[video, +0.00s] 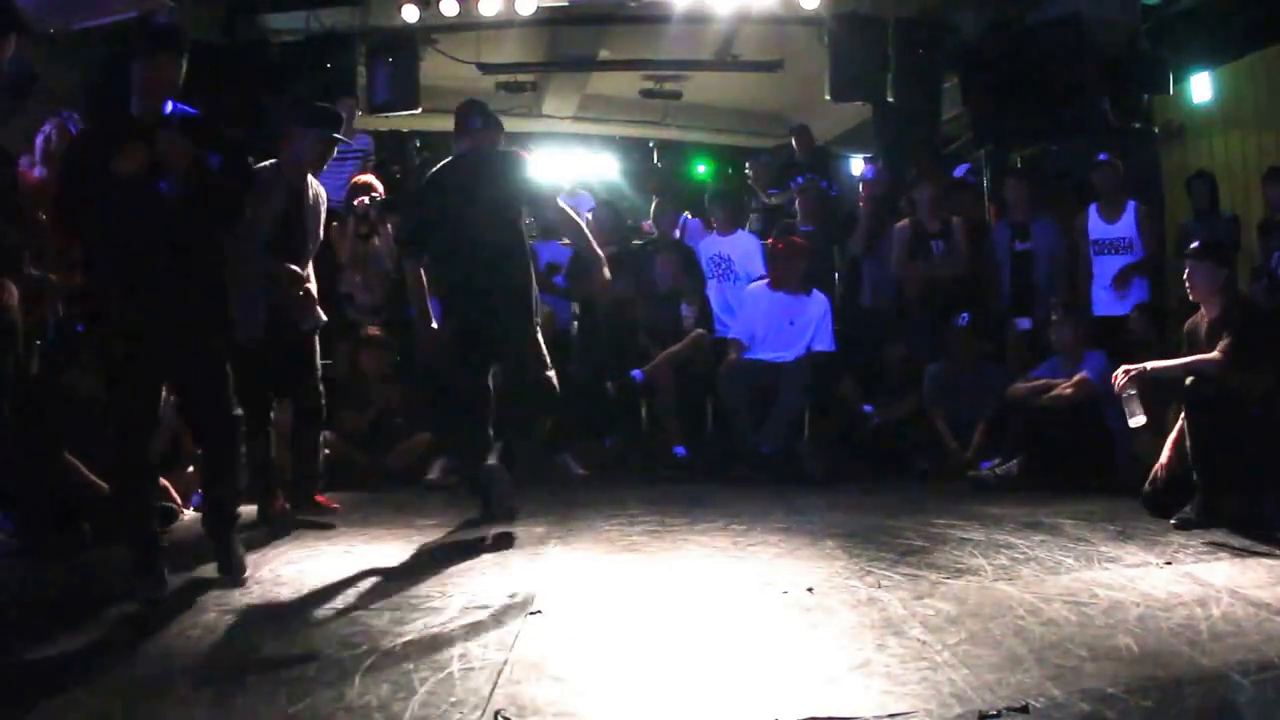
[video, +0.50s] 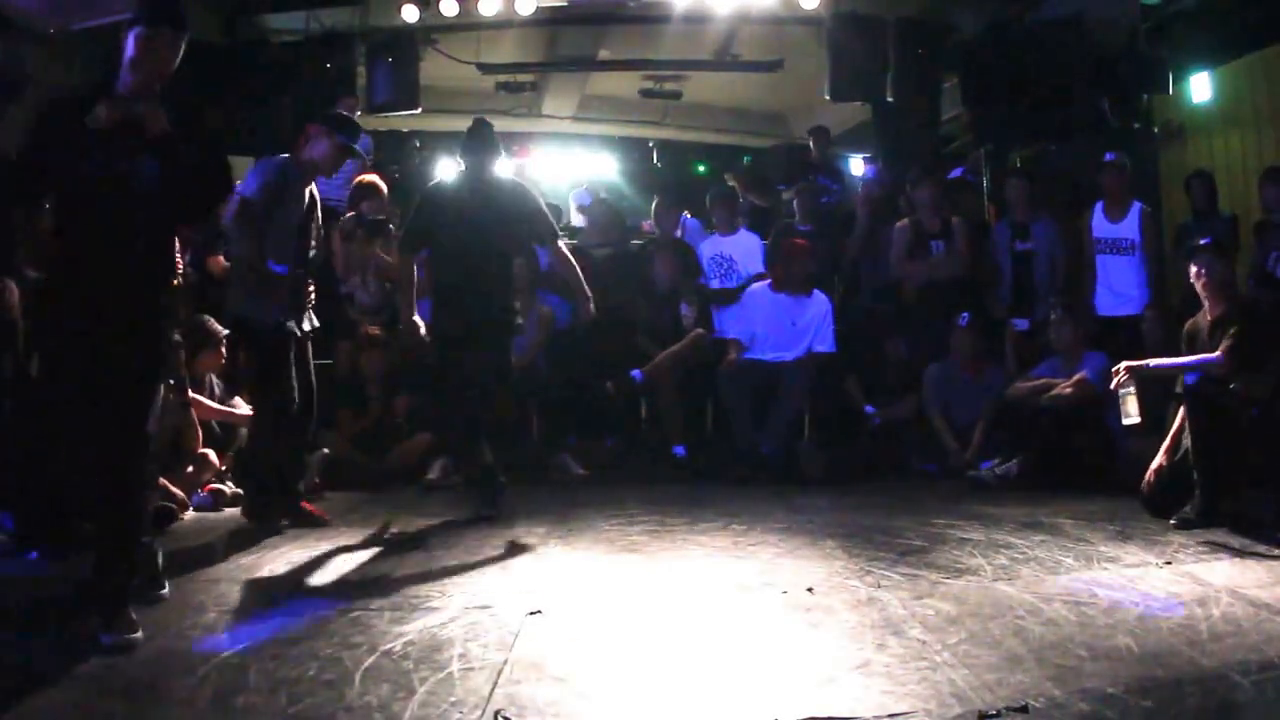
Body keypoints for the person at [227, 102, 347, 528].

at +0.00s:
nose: (328, 152)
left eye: (331, 144)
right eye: (321, 142)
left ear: (325, 148)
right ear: (295, 139)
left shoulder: (316, 192)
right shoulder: (260, 180)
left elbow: (310, 252)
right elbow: (246, 247)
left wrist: (311, 297)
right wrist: (287, 274)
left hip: (299, 312)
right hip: (255, 312)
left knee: (310, 403)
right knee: (258, 406)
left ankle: (305, 489)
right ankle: (267, 493)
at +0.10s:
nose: (332, 158)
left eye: (336, 150)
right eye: (325, 147)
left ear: (332, 153)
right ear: (299, 143)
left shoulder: (315, 199)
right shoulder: (259, 187)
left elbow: (308, 263)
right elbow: (246, 249)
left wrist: (312, 313)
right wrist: (289, 272)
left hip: (295, 319)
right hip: (254, 318)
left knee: (304, 408)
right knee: (256, 409)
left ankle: (306, 493)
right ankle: (266, 495)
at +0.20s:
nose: (340, 158)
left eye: (344, 150)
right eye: (334, 147)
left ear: (339, 153)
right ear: (306, 142)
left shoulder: (316, 198)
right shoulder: (267, 183)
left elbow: (303, 259)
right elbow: (248, 244)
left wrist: (306, 299)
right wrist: (291, 277)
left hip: (294, 316)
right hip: (255, 316)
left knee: (305, 405)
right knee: (259, 408)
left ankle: (301, 493)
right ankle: (267, 497)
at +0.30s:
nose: (342, 167)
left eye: (347, 160)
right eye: (337, 156)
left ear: (343, 165)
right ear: (308, 152)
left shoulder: (318, 209)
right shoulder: (270, 191)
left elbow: (314, 271)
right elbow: (237, 245)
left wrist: (313, 310)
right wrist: (289, 297)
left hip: (299, 322)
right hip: (264, 322)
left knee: (308, 407)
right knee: (287, 405)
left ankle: (298, 492)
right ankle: (273, 493)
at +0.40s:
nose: (340, 167)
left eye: (344, 159)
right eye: (336, 156)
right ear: (307, 149)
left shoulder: (308, 200)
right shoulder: (272, 191)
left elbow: (313, 264)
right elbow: (240, 235)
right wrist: (281, 296)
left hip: (297, 320)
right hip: (268, 321)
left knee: (312, 403)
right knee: (294, 403)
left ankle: (298, 490)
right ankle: (283, 493)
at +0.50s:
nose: (340, 162)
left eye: (345, 155)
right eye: (337, 150)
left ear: (334, 153)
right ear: (311, 137)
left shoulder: (311, 195)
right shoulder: (272, 172)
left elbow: (308, 256)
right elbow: (237, 225)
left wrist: (307, 288)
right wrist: (265, 269)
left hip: (294, 315)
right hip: (263, 314)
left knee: (303, 404)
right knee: (278, 403)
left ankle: (289, 494)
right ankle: (261, 498)